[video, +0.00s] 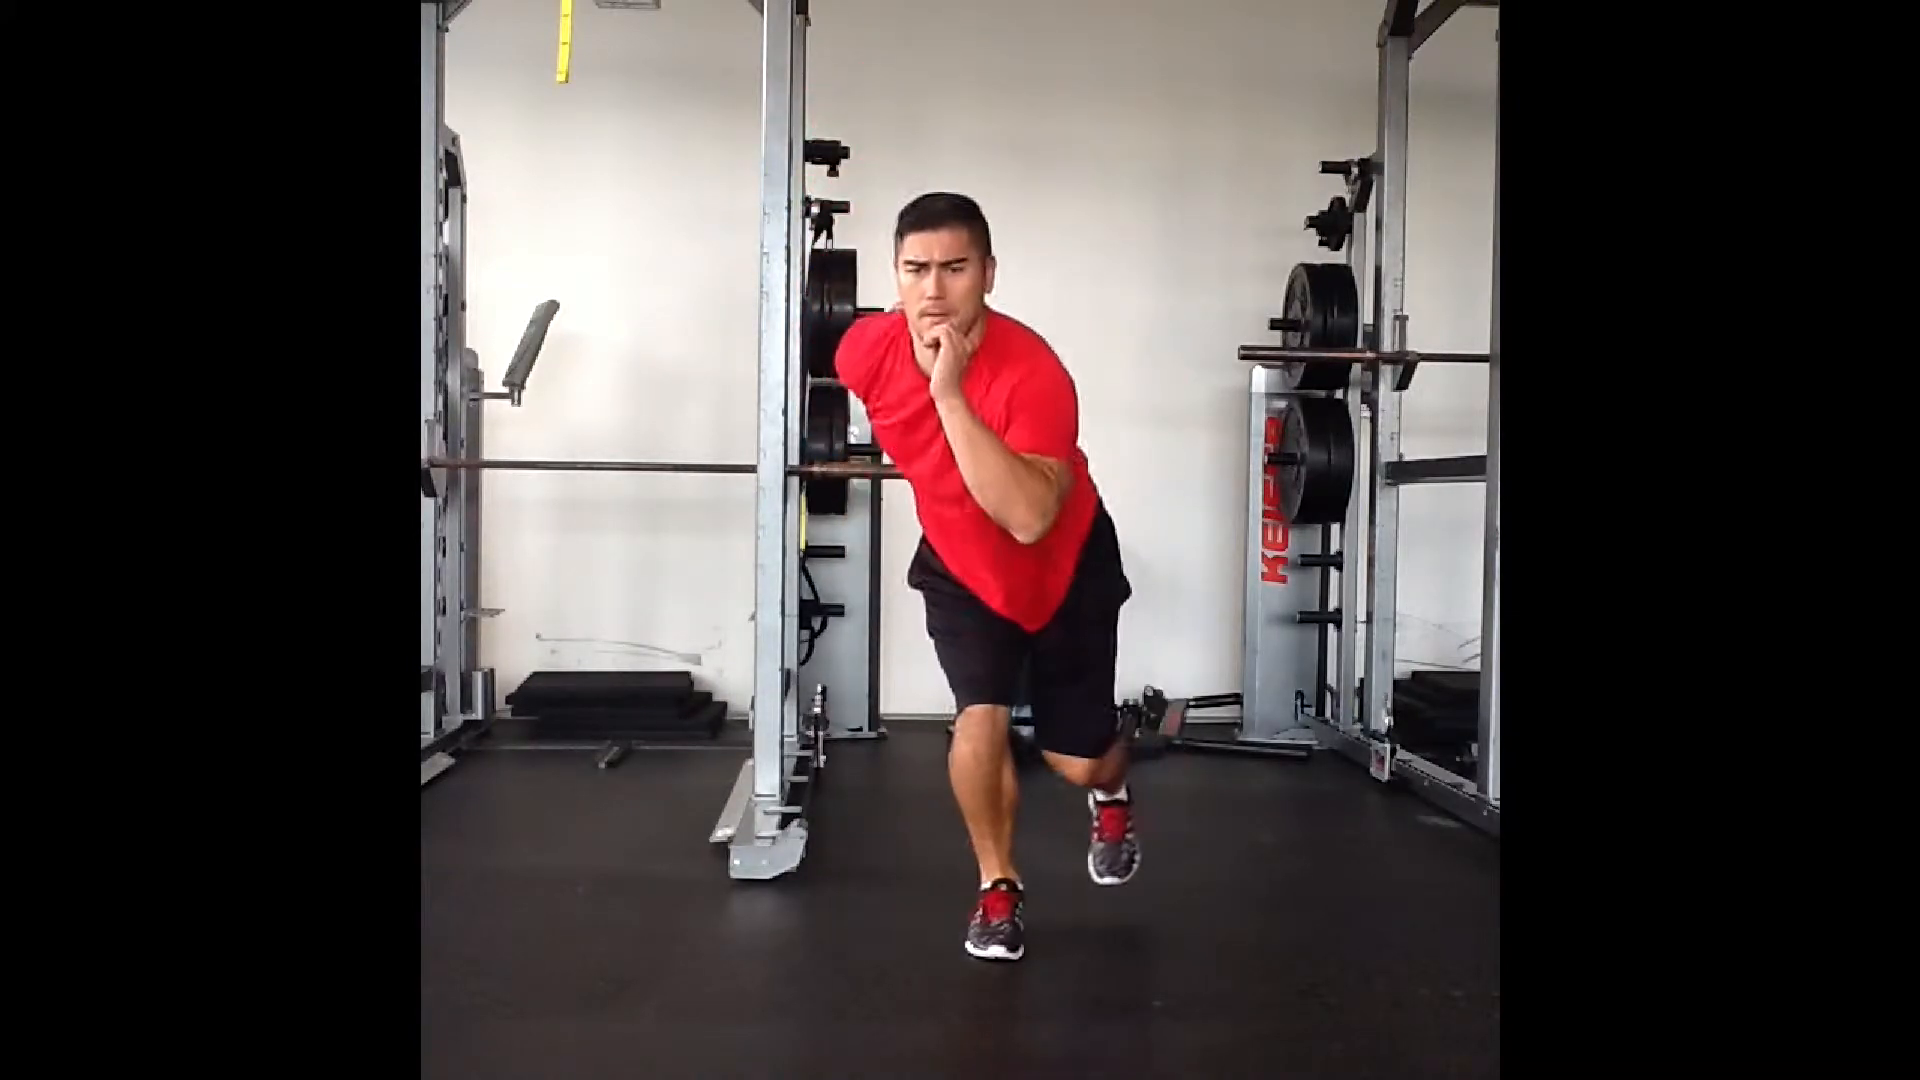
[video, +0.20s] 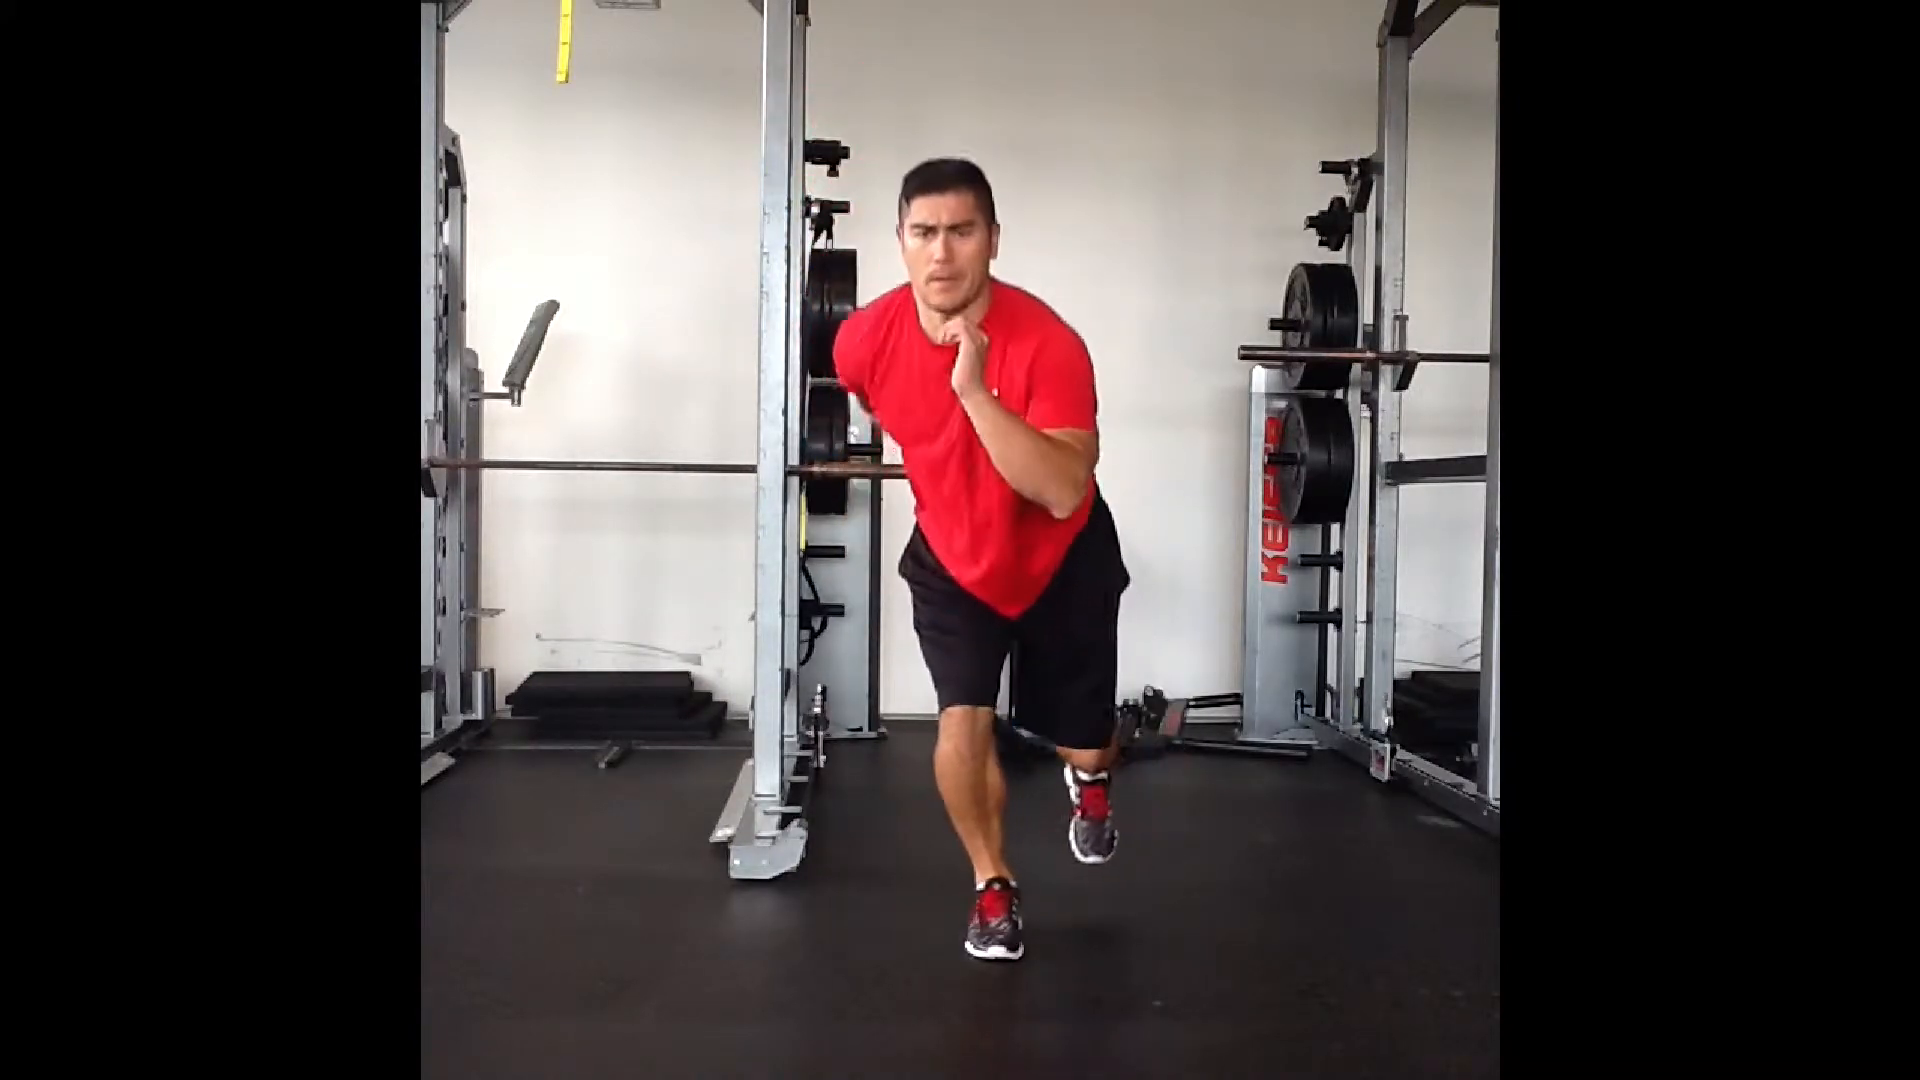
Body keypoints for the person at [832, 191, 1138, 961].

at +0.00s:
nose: (933, 287)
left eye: (953, 268)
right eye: (915, 268)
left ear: (988, 276)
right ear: (896, 279)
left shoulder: (1032, 372)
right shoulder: (866, 354)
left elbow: (1032, 516)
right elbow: (906, 430)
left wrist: (949, 396)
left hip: (1066, 559)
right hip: (961, 558)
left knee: (1082, 762)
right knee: (979, 716)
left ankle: (1113, 792)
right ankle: (997, 887)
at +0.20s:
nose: (941, 252)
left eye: (960, 232)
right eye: (923, 233)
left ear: (993, 240)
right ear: (900, 243)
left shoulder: (1049, 345)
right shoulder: (866, 342)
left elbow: (1066, 491)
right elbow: (901, 420)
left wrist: (974, 398)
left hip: (1065, 552)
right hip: (951, 555)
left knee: (1085, 741)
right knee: (963, 723)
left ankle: (1089, 788)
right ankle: (992, 886)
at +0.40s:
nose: (942, 184)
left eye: (959, 164)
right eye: (923, 167)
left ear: (990, 175)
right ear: (898, 182)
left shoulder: (1055, 282)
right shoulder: (867, 296)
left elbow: (1092, 434)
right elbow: (861, 391)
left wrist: (996, 403)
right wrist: (869, 473)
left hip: (1069, 520)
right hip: (955, 528)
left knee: (1093, 686)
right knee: (969, 707)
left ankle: (1110, 747)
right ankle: (993, 886)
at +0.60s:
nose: (953, 128)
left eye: (971, 108)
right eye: (935, 110)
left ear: (1001, 118)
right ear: (910, 123)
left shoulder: (1065, 233)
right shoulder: (870, 249)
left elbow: (1115, 371)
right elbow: (861, 380)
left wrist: (1039, 452)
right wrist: (865, 483)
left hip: (1072, 494)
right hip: (956, 505)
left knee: (1103, 671)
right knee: (972, 696)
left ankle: (1116, 731)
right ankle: (993, 883)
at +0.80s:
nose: (966, 101)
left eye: (985, 82)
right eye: (949, 83)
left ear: (1015, 93)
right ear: (926, 95)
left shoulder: (1075, 210)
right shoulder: (881, 219)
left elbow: (1119, 352)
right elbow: (861, 359)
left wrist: (1138, 485)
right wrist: (876, 487)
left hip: (1068, 483)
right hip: (952, 491)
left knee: (1098, 679)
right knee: (972, 695)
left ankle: (1107, 750)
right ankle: (994, 883)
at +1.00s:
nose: (979, 94)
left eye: (997, 75)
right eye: (961, 76)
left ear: (1026, 87)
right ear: (938, 90)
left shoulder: (1082, 208)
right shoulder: (890, 214)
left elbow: (1128, 346)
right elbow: (862, 356)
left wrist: (1160, 463)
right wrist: (882, 467)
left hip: (1066, 485)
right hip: (948, 490)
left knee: (1081, 680)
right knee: (971, 693)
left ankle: (1086, 762)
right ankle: (995, 883)